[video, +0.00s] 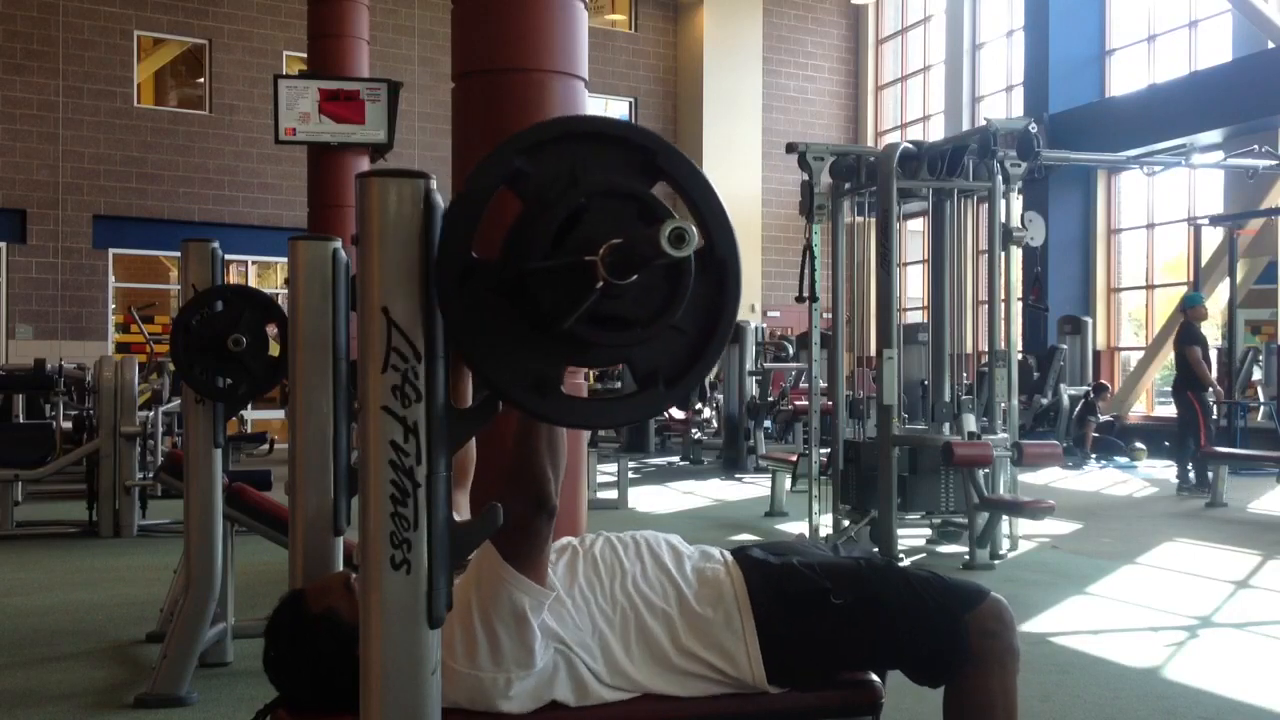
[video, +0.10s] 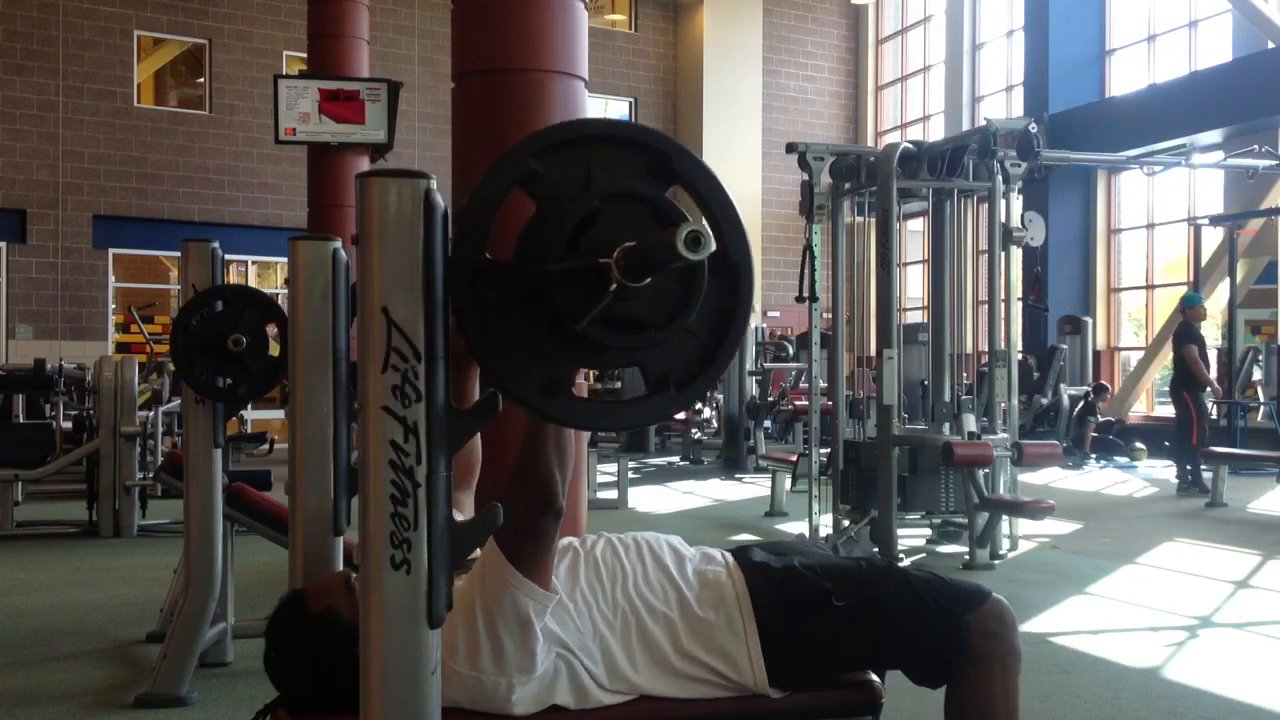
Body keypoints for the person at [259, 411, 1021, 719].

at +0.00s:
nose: (356, 563)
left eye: (336, 567)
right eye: (343, 582)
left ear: (342, 659)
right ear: (358, 634)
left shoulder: (450, 648)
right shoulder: (468, 662)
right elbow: (532, 503)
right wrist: (519, 343)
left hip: (716, 610)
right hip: (750, 604)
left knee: (860, 686)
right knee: (983, 627)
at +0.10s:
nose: (356, 570)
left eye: (338, 577)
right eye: (345, 588)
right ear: (363, 637)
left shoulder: (453, 659)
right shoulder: (473, 672)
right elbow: (529, 502)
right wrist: (536, 317)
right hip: (740, 615)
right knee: (981, 623)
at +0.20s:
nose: (364, 567)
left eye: (345, 571)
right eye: (348, 583)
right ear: (361, 636)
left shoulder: (448, 635)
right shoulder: (479, 673)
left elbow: (459, 485)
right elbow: (545, 513)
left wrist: (478, 376)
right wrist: (547, 331)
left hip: (719, 579)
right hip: (748, 611)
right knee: (985, 626)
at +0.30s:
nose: (364, 566)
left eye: (347, 570)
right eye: (350, 583)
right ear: (361, 635)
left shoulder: (452, 634)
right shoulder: (484, 666)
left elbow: (461, 483)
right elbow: (550, 515)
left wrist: (476, 372)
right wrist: (551, 342)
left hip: (724, 581)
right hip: (750, 612)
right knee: (986, 626)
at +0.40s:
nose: (365, 565)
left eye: (348, 569)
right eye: (351, 583)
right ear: (361, 639)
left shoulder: (438, 616)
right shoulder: (481, 669)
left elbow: (459, 480)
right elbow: (554, 513)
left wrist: (478, 368)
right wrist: (550, 347)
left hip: (722, 576)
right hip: (748, 610)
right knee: (987, 626)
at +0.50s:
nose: (363, 573)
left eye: (349, 575)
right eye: (351, 590)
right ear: (366, 649)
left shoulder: (449, 629)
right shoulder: (482, 676)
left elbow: (463, 484)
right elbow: (552, 517)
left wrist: (480, 374)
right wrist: (560, 347)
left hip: (719, 580)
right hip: (747, 614)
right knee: (985, 625)